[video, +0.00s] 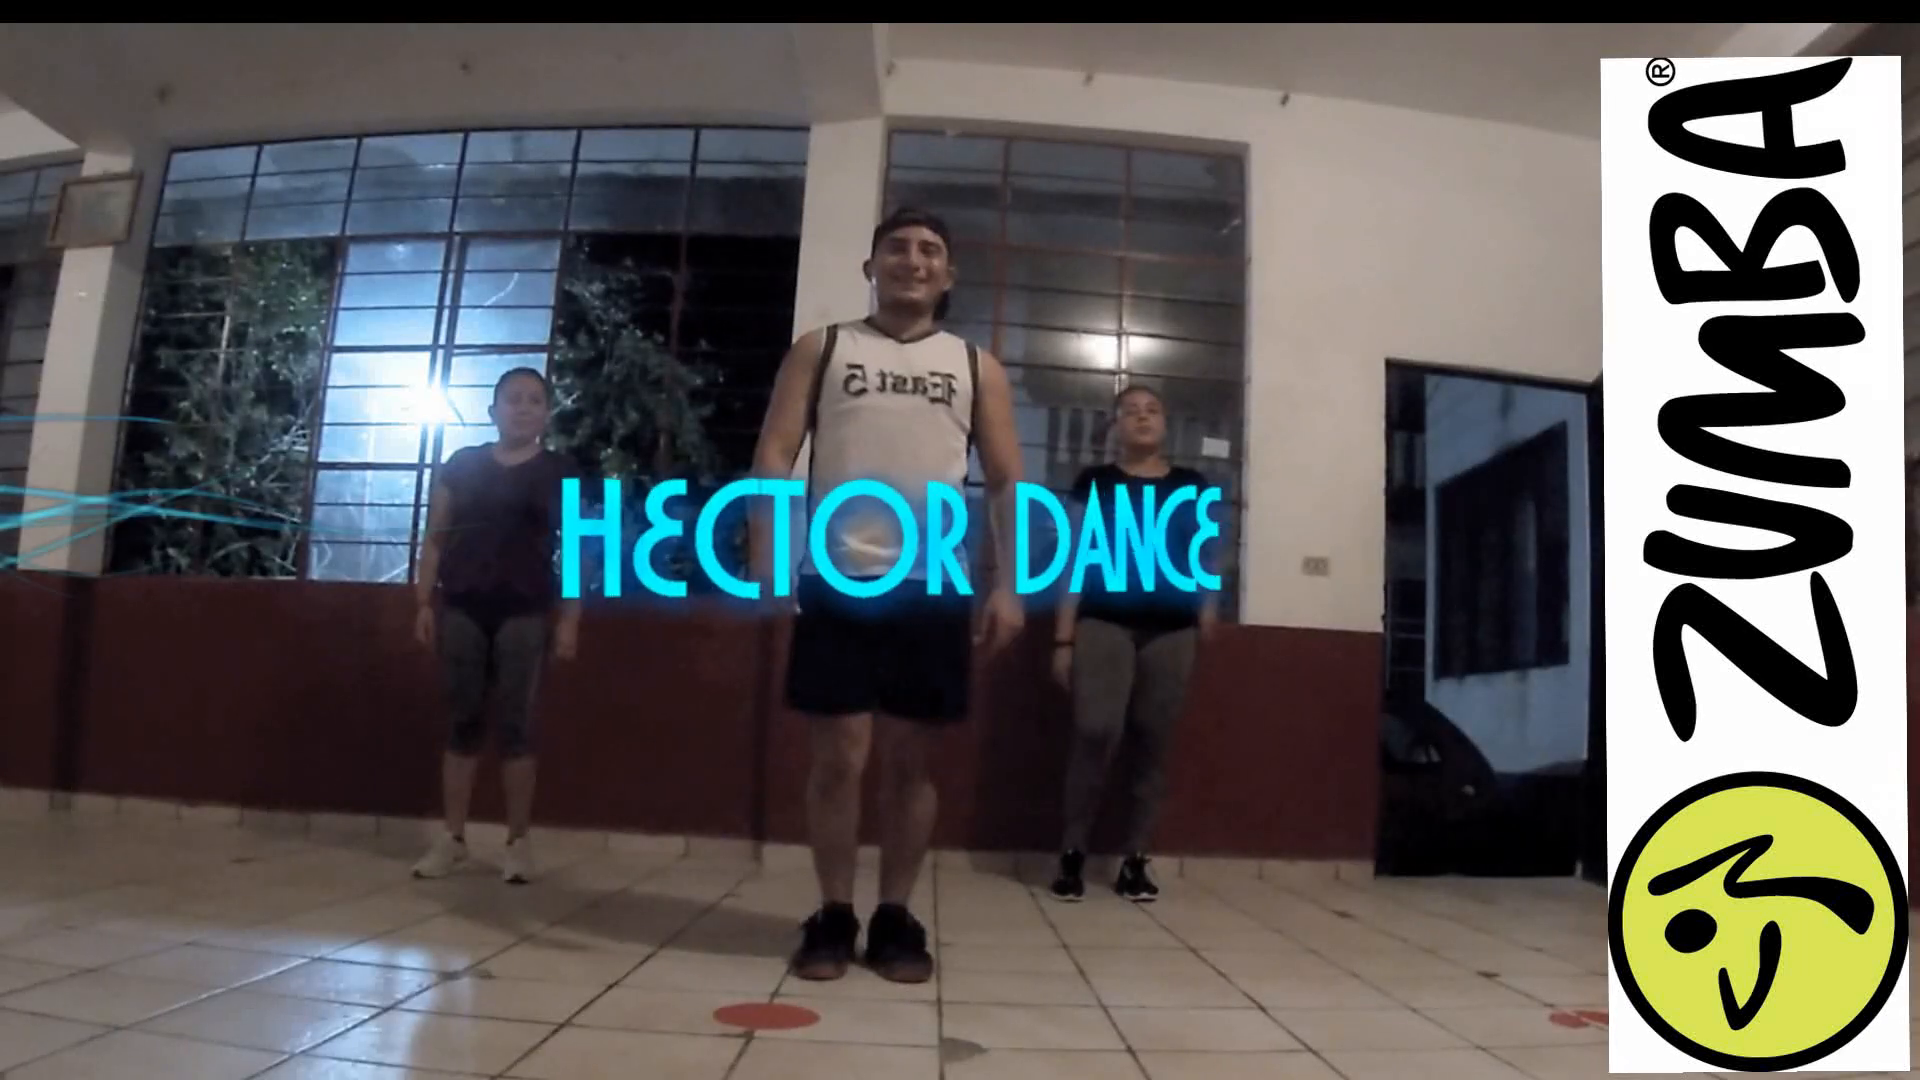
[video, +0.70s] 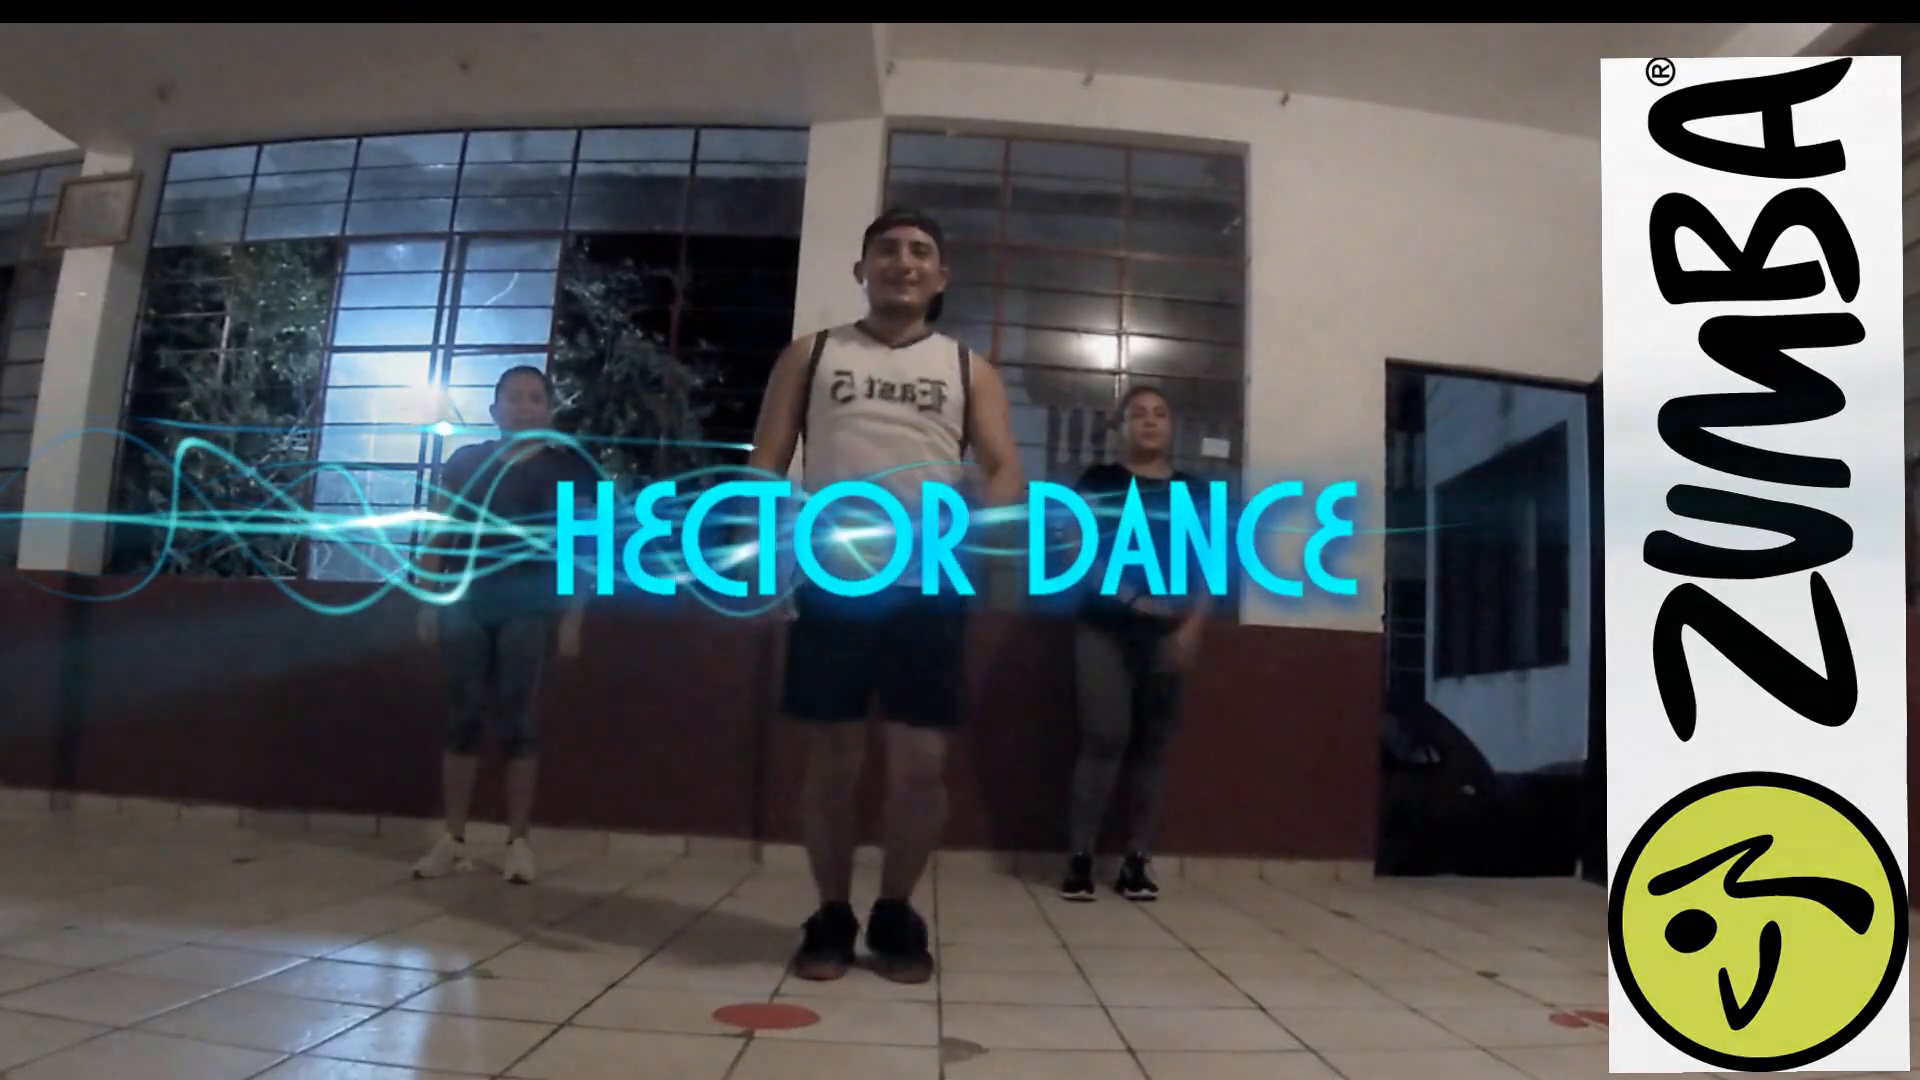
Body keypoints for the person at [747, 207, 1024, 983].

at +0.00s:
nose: (915, 260)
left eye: (929, 251)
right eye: (900, 248)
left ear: (948, 274)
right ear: (871, 266)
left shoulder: (976, 367)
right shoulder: (821, 348)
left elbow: (1005, 483)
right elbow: (774, 452)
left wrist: (1006, 584)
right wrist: (768, 551)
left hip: (931, 591)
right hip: (834, 585)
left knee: (912, 762)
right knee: (838, 757)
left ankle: (895, 919)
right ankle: (833, 917)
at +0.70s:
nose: (905, 262)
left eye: (920, 253)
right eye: (890, 250)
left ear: (940, 276)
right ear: (862, 269)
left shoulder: (970, 370)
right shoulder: (811, 354)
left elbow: (1008, 486)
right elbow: (763, 468)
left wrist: (947, 496)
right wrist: (796, 527)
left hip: (927, 587)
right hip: (830, 585)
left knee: (919, 761)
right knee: (831, 753)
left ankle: (896, 916)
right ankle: (831, 916)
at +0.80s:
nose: (902, 266)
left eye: (918, 256)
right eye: (886, 255)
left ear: (936, 281)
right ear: (860, 276)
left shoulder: (963, 368)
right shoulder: (810, 360)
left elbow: (1017, 457)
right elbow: (759, 467)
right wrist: (780, 535)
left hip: (930, 585)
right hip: (829, 584)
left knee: (958, 731)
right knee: (829, 752)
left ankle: (916, 883)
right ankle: (831, 914)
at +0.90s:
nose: (909, 249)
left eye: (924, 241)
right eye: (893, 240)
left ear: (945, 269)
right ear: (866, 265)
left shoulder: (969, 351)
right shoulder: (815, 352)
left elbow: (1044, 308)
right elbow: (757, 454)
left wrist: (1011, 196)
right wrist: (750, 529)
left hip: (932, 582)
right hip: (833, 582)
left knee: (986, 697)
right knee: (829, 762)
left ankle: (946, 882)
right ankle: (831, 914)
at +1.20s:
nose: (947, 231)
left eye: (961, 228)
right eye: (929, 227)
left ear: (986, 263)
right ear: (900, 265)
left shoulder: (1007, 321)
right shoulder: (862, 367)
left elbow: (1044, 186)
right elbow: (801, 470)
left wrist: (1054, 64)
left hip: (963, 581)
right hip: (856, 580)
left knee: (992, 765)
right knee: (825, 765)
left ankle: (1024, 978)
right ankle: (834, 910)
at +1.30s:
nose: (957, 226)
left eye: (973, 222)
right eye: (939, 221)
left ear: (997, 253)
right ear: (913, 258)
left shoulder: (1024, 314)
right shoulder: (880, 356)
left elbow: (1062, 173)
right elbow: (782, 366)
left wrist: (1069, 55)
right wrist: (843, 249)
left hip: (983, 585)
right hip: (873, 581)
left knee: (1006, 767)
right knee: (760, 743)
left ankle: (1025, 979)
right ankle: (822, 866)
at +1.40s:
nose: (960, 208)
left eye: (978, 204)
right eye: (942, 205)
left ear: (1004, 240)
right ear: (916, 241)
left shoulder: (1026, 307)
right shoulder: (876, 320)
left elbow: (1071, 168)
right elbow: (796, 231)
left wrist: (1081, 46)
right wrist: (852, 109)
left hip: (990, 580)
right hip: (868, 571)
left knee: (1020, 761)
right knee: (742, 711)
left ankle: (1028, 977)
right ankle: (791, 874)